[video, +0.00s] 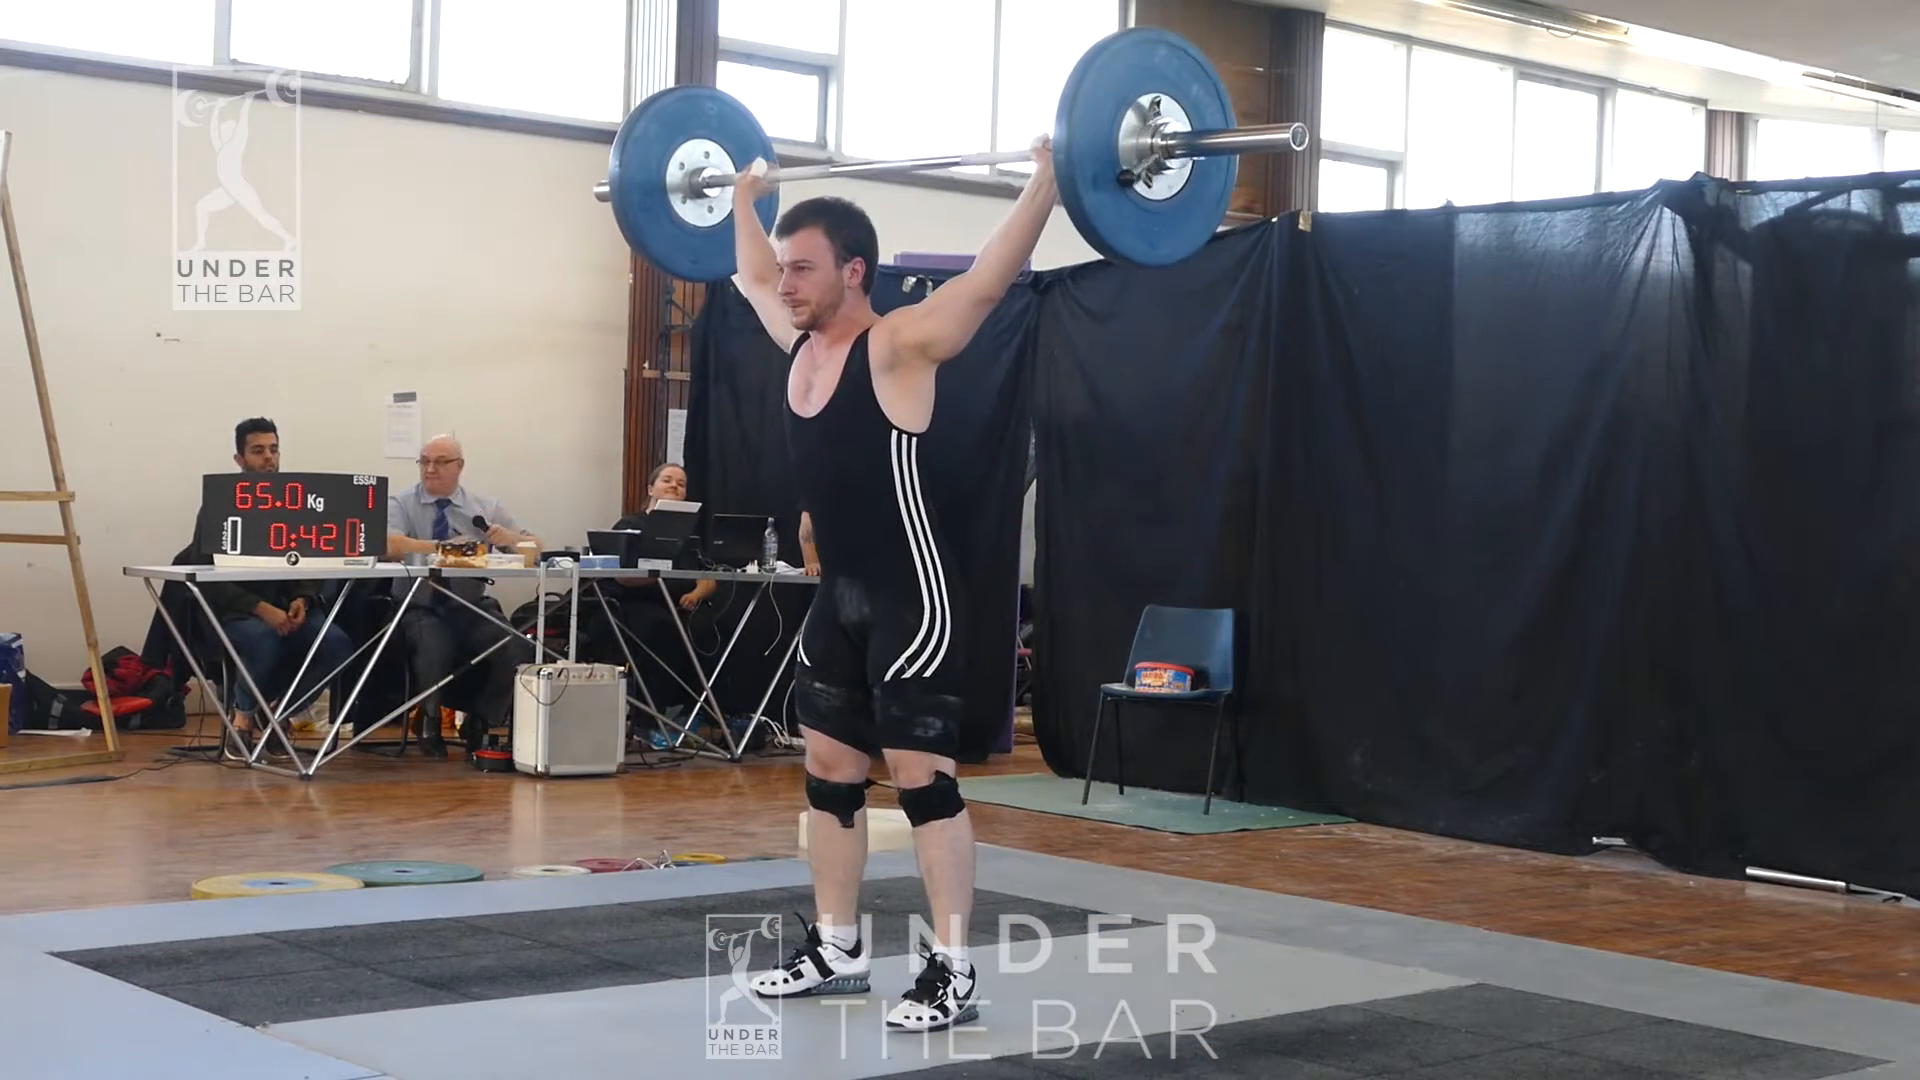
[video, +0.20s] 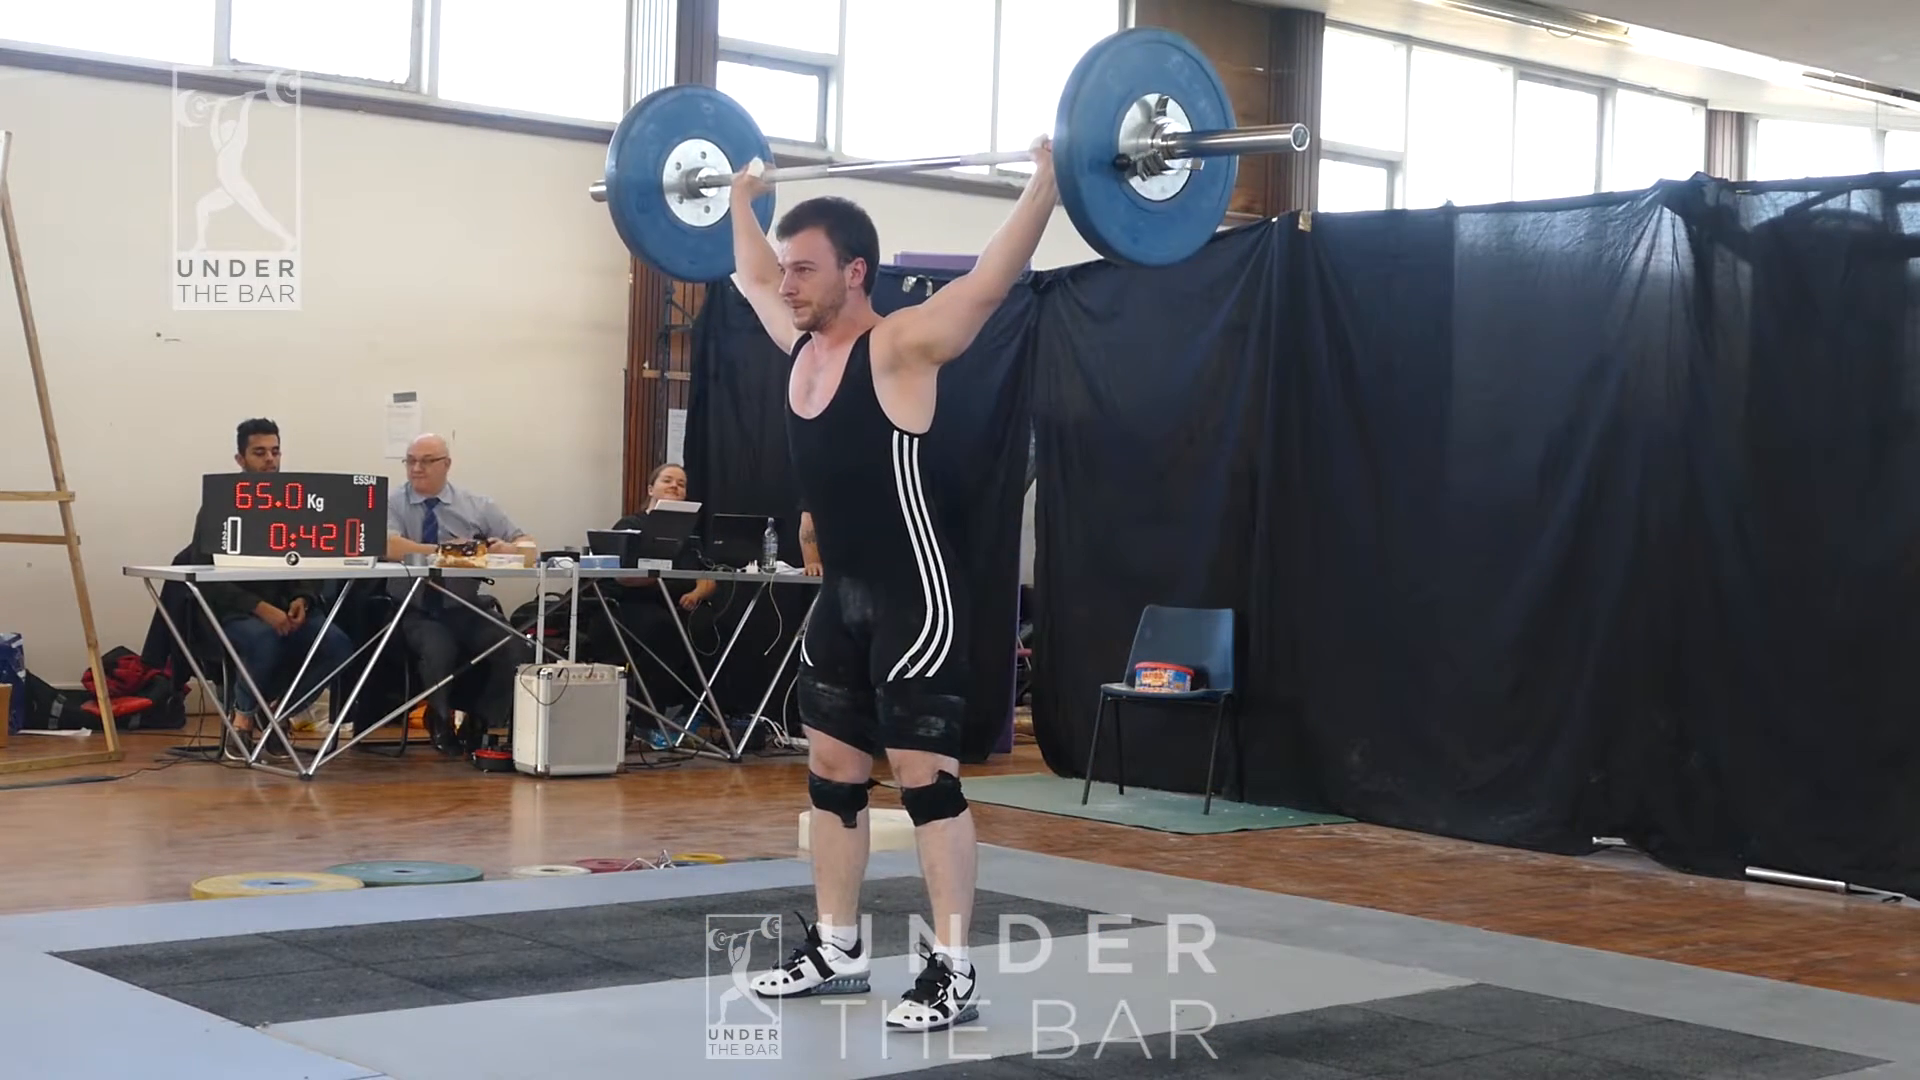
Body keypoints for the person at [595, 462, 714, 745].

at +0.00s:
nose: (674, 487)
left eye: (681, 484)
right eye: (667, 481)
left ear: (685, 494)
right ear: (651, 488)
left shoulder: (691, 530)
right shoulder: (628, 525)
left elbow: (712, 575)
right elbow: (619, 574)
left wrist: (697, 593)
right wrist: (653, 575)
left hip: (678, 605)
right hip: (634, 603)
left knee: (708, 628)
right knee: (658, 631)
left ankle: (693, 712)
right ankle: (649, 720)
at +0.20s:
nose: (674, 487)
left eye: (680, 484)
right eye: (667, 481)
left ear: (685, 494)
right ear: (651, 489)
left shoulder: (690, 531)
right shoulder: (629, 525)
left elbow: (710, 577)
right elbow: (622, 576)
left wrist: (697, 593)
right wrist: (660, 574)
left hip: (676, 605)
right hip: (635, 603)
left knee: (704, 627)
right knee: (658, 629)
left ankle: (693, 711)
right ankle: (649, 720)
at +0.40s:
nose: (674, 487)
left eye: (681, 484)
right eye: (667, 481)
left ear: (685, 494)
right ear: (651, 489)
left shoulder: (691, 531)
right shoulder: (629, 525)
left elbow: (711, 576)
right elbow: (620, 575)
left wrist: (697, 593)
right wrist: (657, 575)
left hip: (678, 603)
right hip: (635, 602)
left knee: (705, 623)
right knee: (658, 628)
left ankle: (697, 710)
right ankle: (649, 719)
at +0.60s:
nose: (674, 487)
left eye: (681, 484)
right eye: (667, 481)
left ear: (686, 494)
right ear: (651, 488)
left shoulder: (691, 531)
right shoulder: (629, 525)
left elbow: (711, 576)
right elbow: (621, 575)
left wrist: (697, 593)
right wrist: (658, 575)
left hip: (677, 603)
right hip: (635, 602)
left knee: (704, 623)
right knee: (658, 627)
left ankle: (696, 710)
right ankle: (649, 719)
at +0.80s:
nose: (674, 487)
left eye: (681, 484)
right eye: (667, 481)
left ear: (686, 494)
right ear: (651, 489)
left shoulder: (692, 531)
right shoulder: (629, 525)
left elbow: (711, 576)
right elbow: (621, 575)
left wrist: (698, 593)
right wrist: (657, 574)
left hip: (679, 602)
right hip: (637, 601)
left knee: (704, 624)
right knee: (657, 627)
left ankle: (695, 710)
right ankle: (647, 718)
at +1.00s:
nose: (675, 489)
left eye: (682, 486)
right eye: (668, 483)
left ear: (686, 494)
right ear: (652, 489)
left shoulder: (692, 532)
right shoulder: (629, 525)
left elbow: (711, 576)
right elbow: (621, 575)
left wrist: (698, 593)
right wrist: (657, 574)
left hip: (678, 603)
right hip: (637, 601)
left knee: (705, 624)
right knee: (658, 627)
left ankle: (695, 710)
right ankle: (647, 718)